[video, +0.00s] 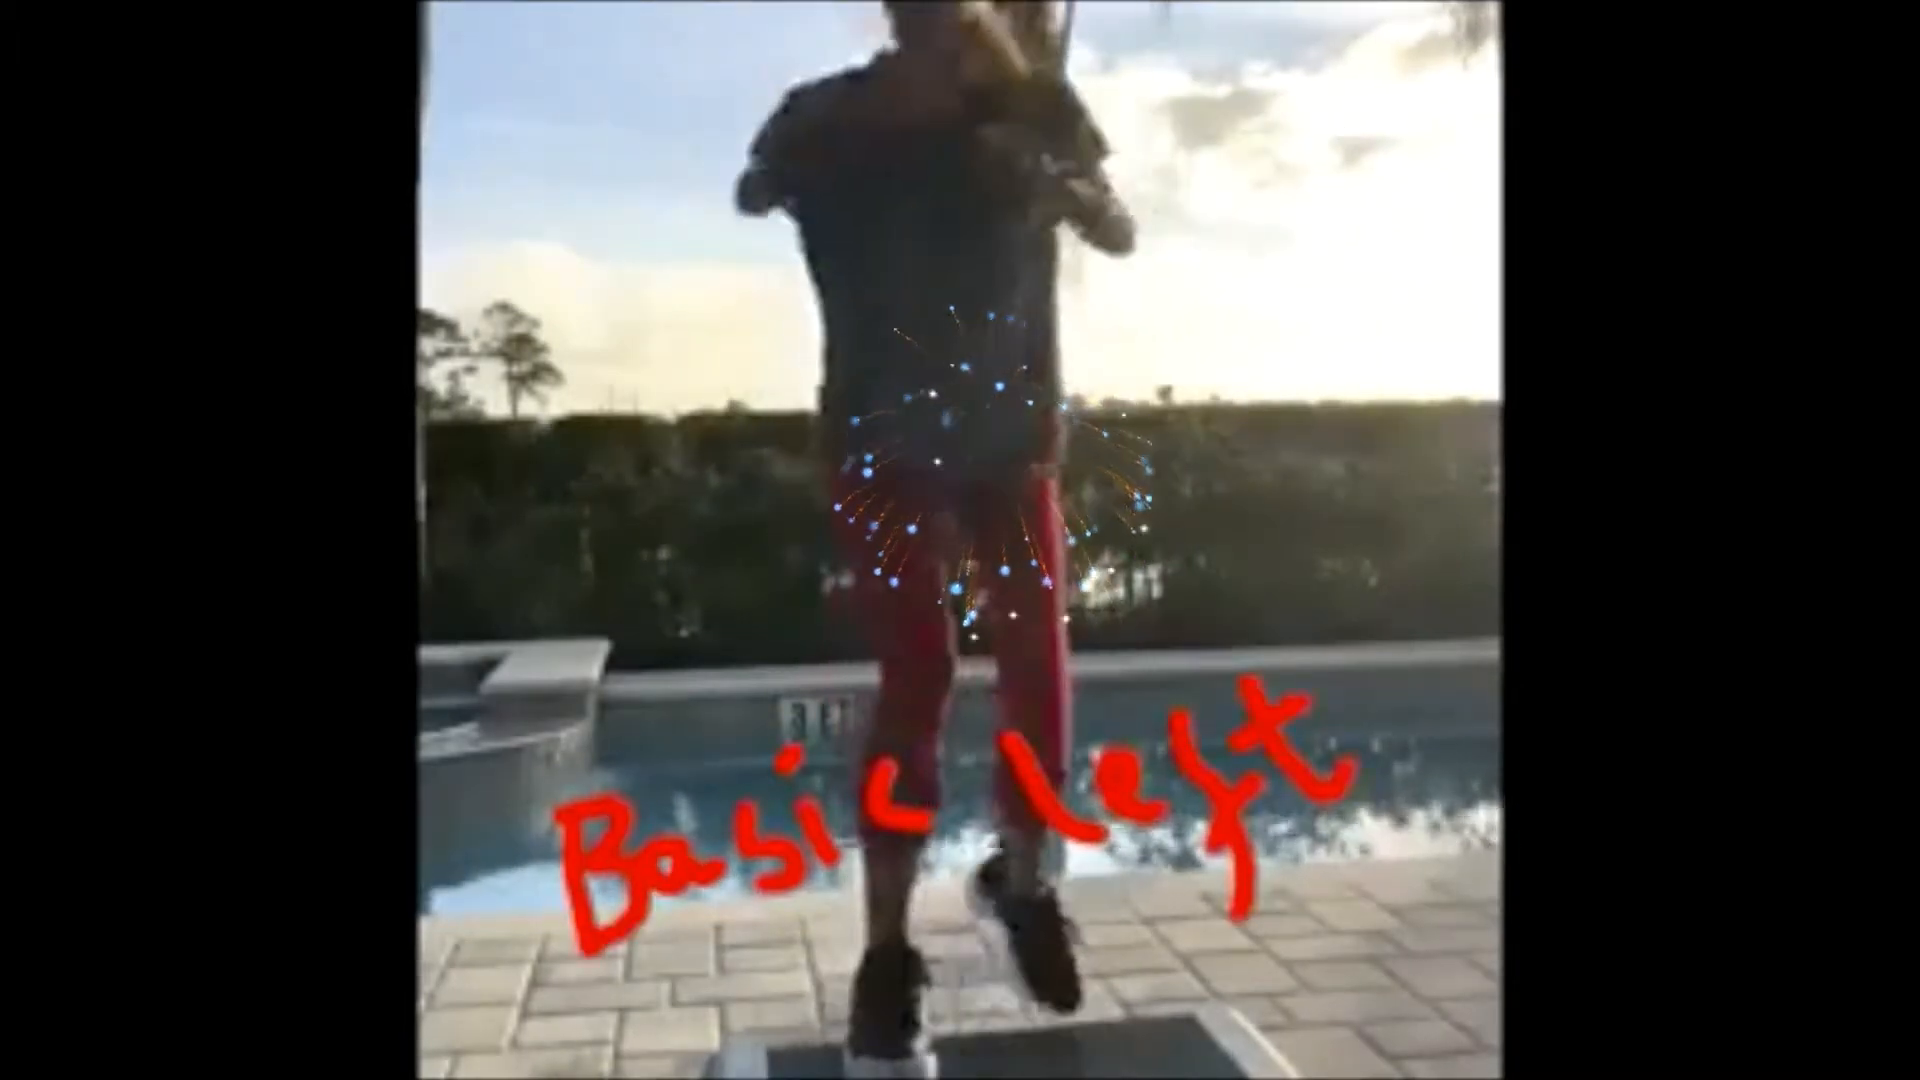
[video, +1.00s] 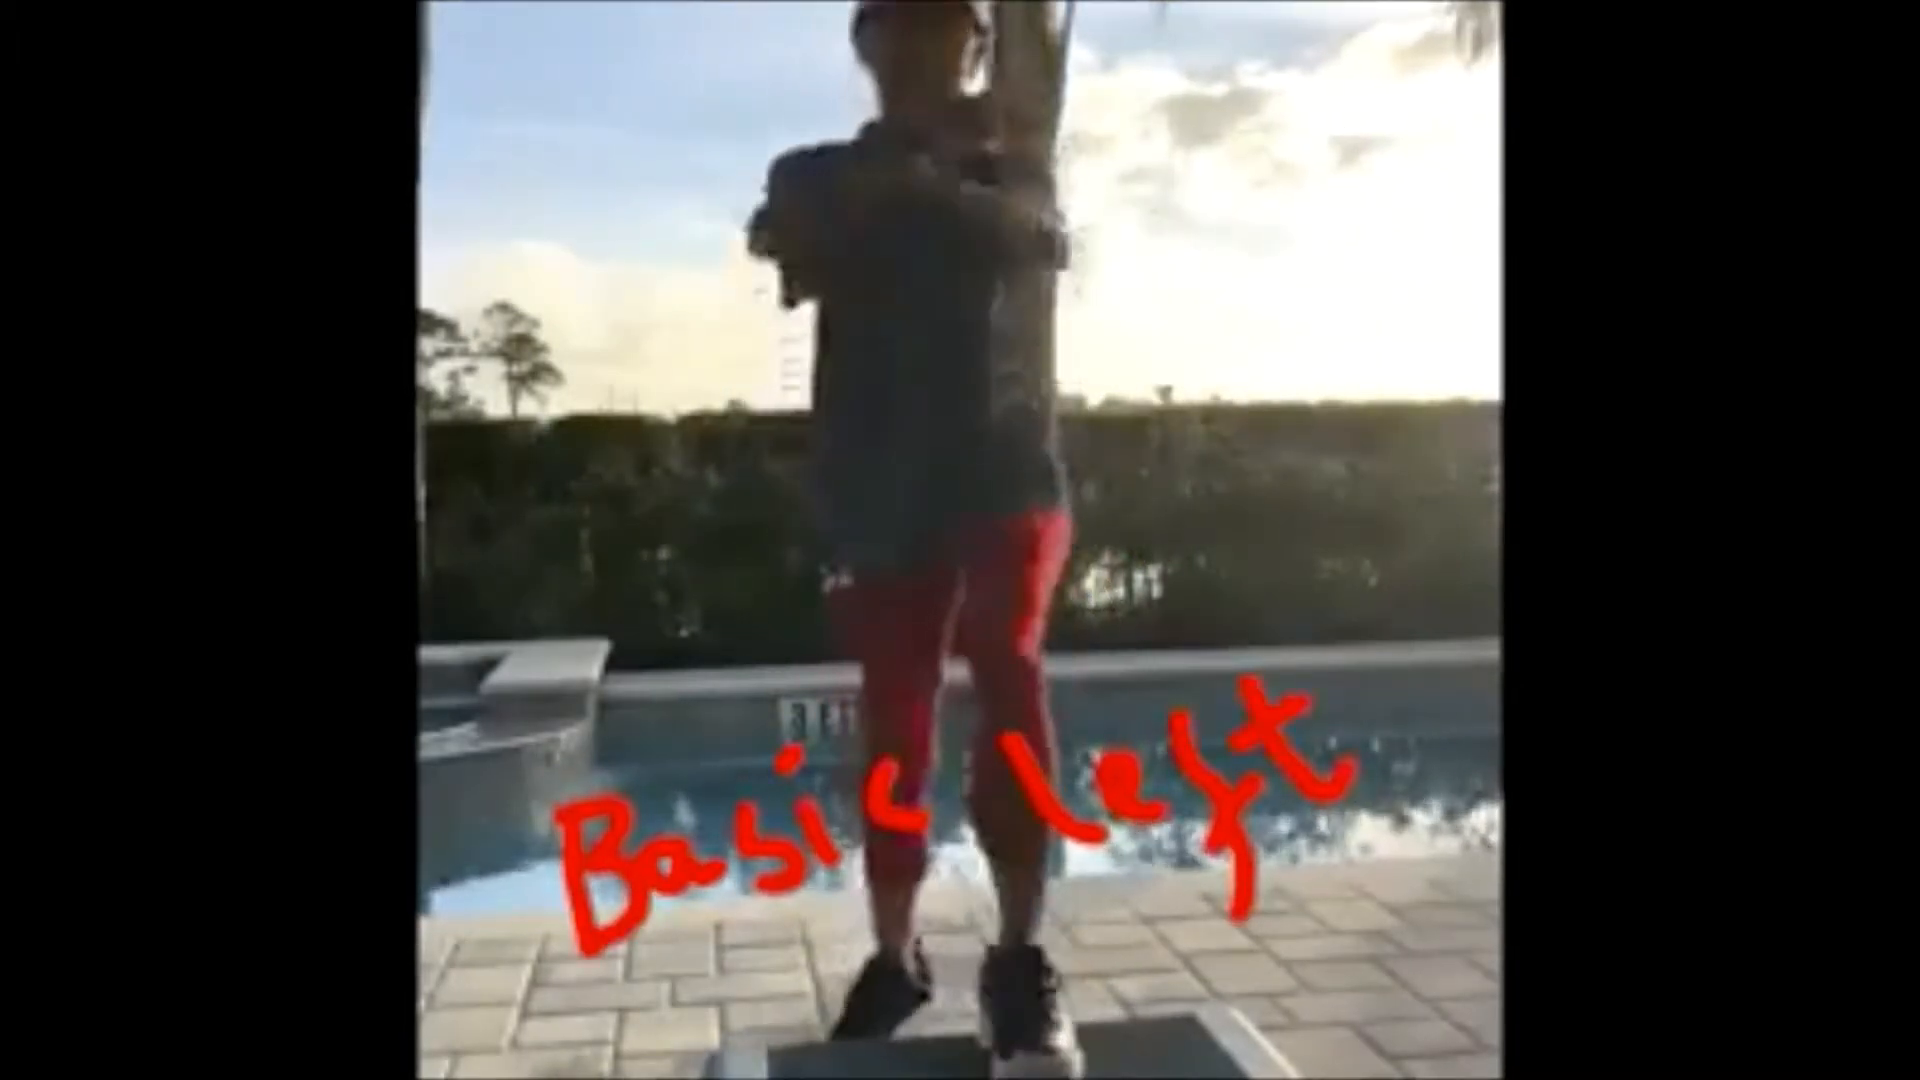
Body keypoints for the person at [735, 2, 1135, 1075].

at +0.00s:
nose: (947, 26)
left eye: (961, 15)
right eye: (929, 15)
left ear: (984, 17)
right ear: (898, 17)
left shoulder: (1035, 104)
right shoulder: (822, 114)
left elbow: (1119, 234)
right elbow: (755, 200)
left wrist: (1059, 184)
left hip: (1012, 439)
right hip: (883, 444)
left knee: (1037, 669)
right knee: (915, 679)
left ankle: (1023, 872)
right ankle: (887, 952)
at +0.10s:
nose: (932, 54)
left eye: (951, 35)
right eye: (913, 37)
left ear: (988, 48)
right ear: (890, 57)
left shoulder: (1046, 174)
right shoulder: (842, 190)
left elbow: (1077, 298)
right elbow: (795, 303)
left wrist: (966, 253)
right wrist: (869, 236)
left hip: (1019, 475)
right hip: (894, 479)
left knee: (1027, 703)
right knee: (931, 691)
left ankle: (1013, 923)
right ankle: (888, 951)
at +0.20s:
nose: (943, 131)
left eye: (963, 111)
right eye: (925, 112)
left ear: (1002, 115)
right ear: (901, 121)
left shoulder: (1058, 250)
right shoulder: (865, 257)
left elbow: (1076, 397)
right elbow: (821, 400)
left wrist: (958, 395)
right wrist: (917, 371)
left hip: (1028, 533)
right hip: (909, 530)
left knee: (1021, 746)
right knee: (925, 727)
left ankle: (999, 951)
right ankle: (889, 946)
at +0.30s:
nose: (948, 130)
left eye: (968, 111)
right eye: (931, 110)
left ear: (1005, 118)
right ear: (905, 119)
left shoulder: (1059, 251)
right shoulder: (864, 254)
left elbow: (1116, 396)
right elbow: (839, 401)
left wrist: (1063, 478)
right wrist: (849, 495)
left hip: (1029, 510)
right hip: (911, 508)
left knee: (1021, 730)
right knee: (913, 706)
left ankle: (995, 941)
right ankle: (898, 913)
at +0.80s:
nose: (896, 90)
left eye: (917, 69)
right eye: (877, 71)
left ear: (954, 79)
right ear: (853, 83)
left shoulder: (1004, 219)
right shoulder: (814, 227)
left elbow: (1030, 405)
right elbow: (769, 402)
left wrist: (956, 459)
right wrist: (864, 417)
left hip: (990, 499)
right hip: (873, 507)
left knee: (982, 690)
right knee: (886, 731)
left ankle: (1007, 867)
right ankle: (896, 964)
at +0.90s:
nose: (899, 85)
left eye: (921, 63)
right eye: (879, 64)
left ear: (955, 75)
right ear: (852, 76)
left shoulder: (1008, 209)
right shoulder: (810, 206)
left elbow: (1010, 336)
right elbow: (785, 320)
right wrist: (941, 278)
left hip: (998, 487)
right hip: (877, 498)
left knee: (995, 626)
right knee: (890, 724)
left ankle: (1021, 885)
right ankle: (897, 964)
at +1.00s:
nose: (926, 45)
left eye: (944, 26)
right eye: (903, 26)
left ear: (973, 40)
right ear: (866, 42)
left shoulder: (1012, 161)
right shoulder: (817, 170)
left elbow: (1040, 240)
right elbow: (788, 239)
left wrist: (908, 183)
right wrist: (920, 164)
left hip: (1009, 463)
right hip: (878, 469)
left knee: (1007, 664)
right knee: (892, 708)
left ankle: (1021, 960)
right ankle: (893, 956)